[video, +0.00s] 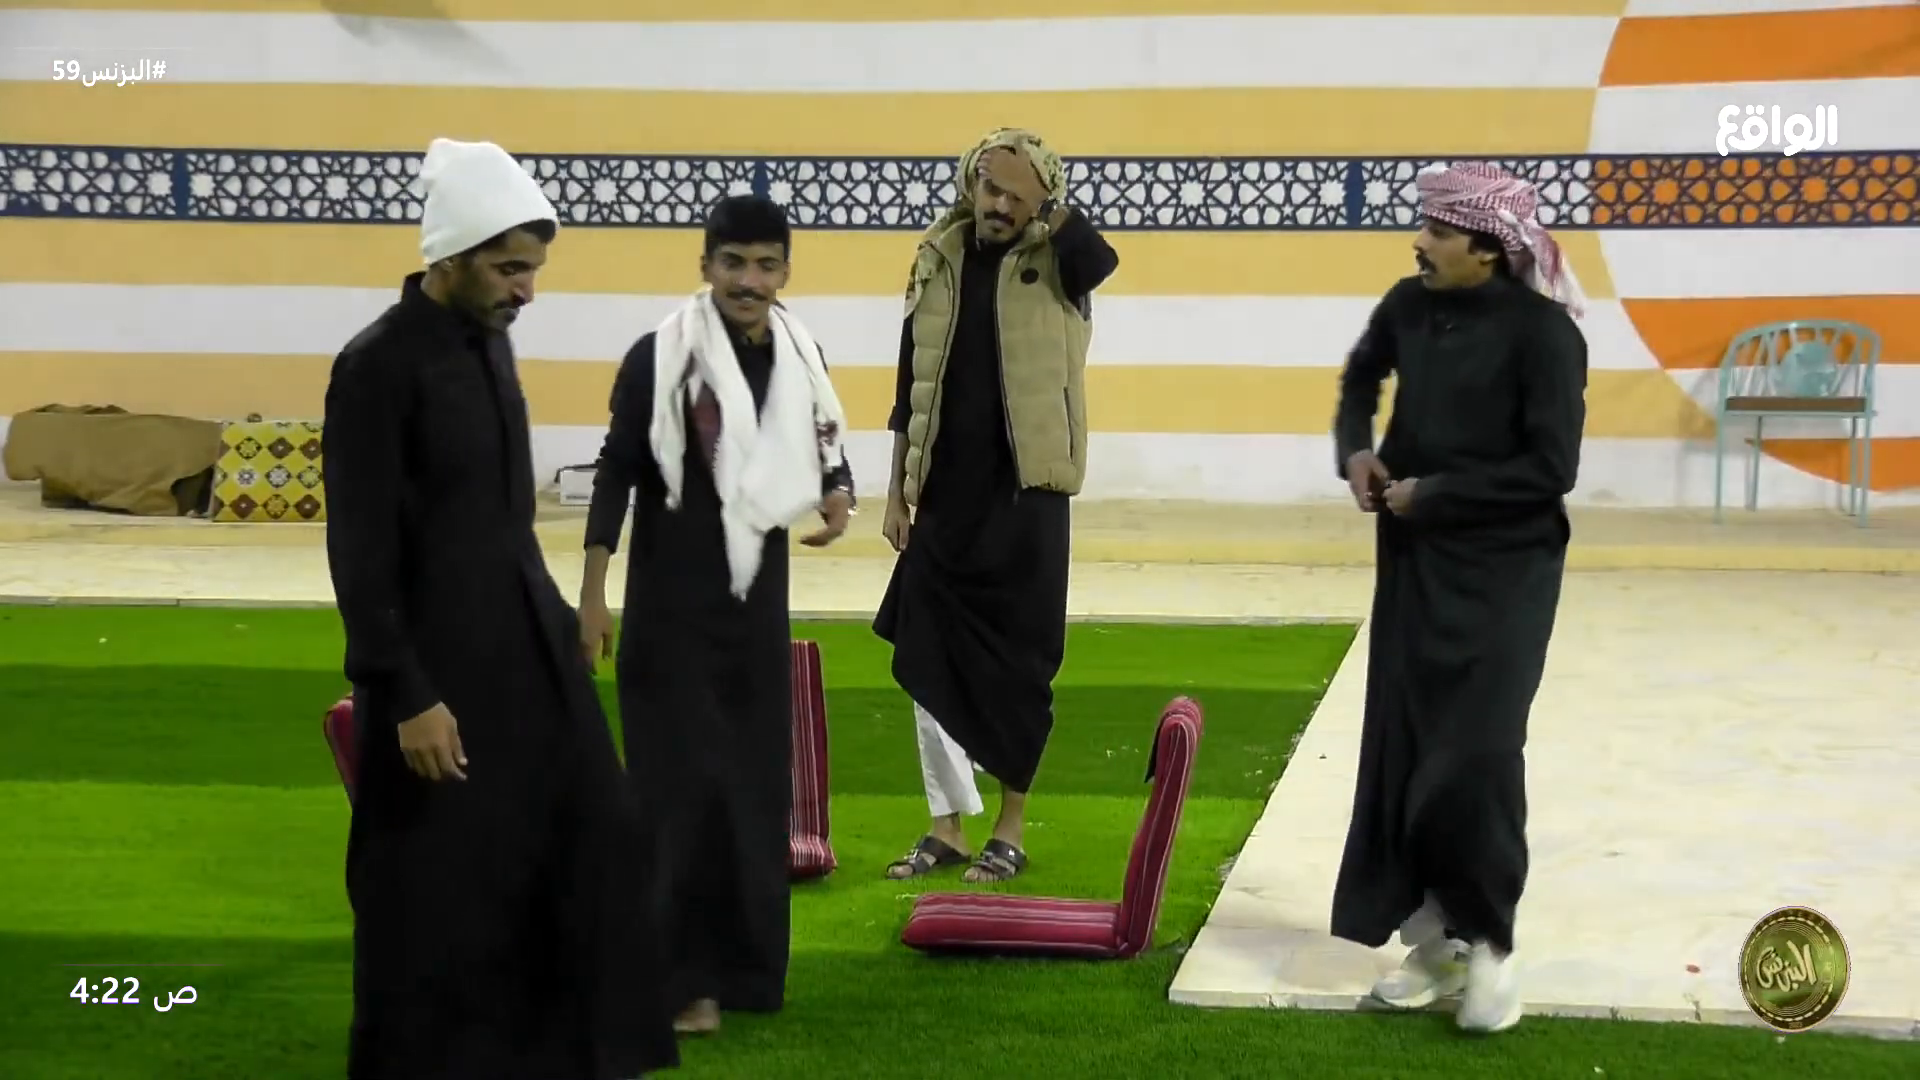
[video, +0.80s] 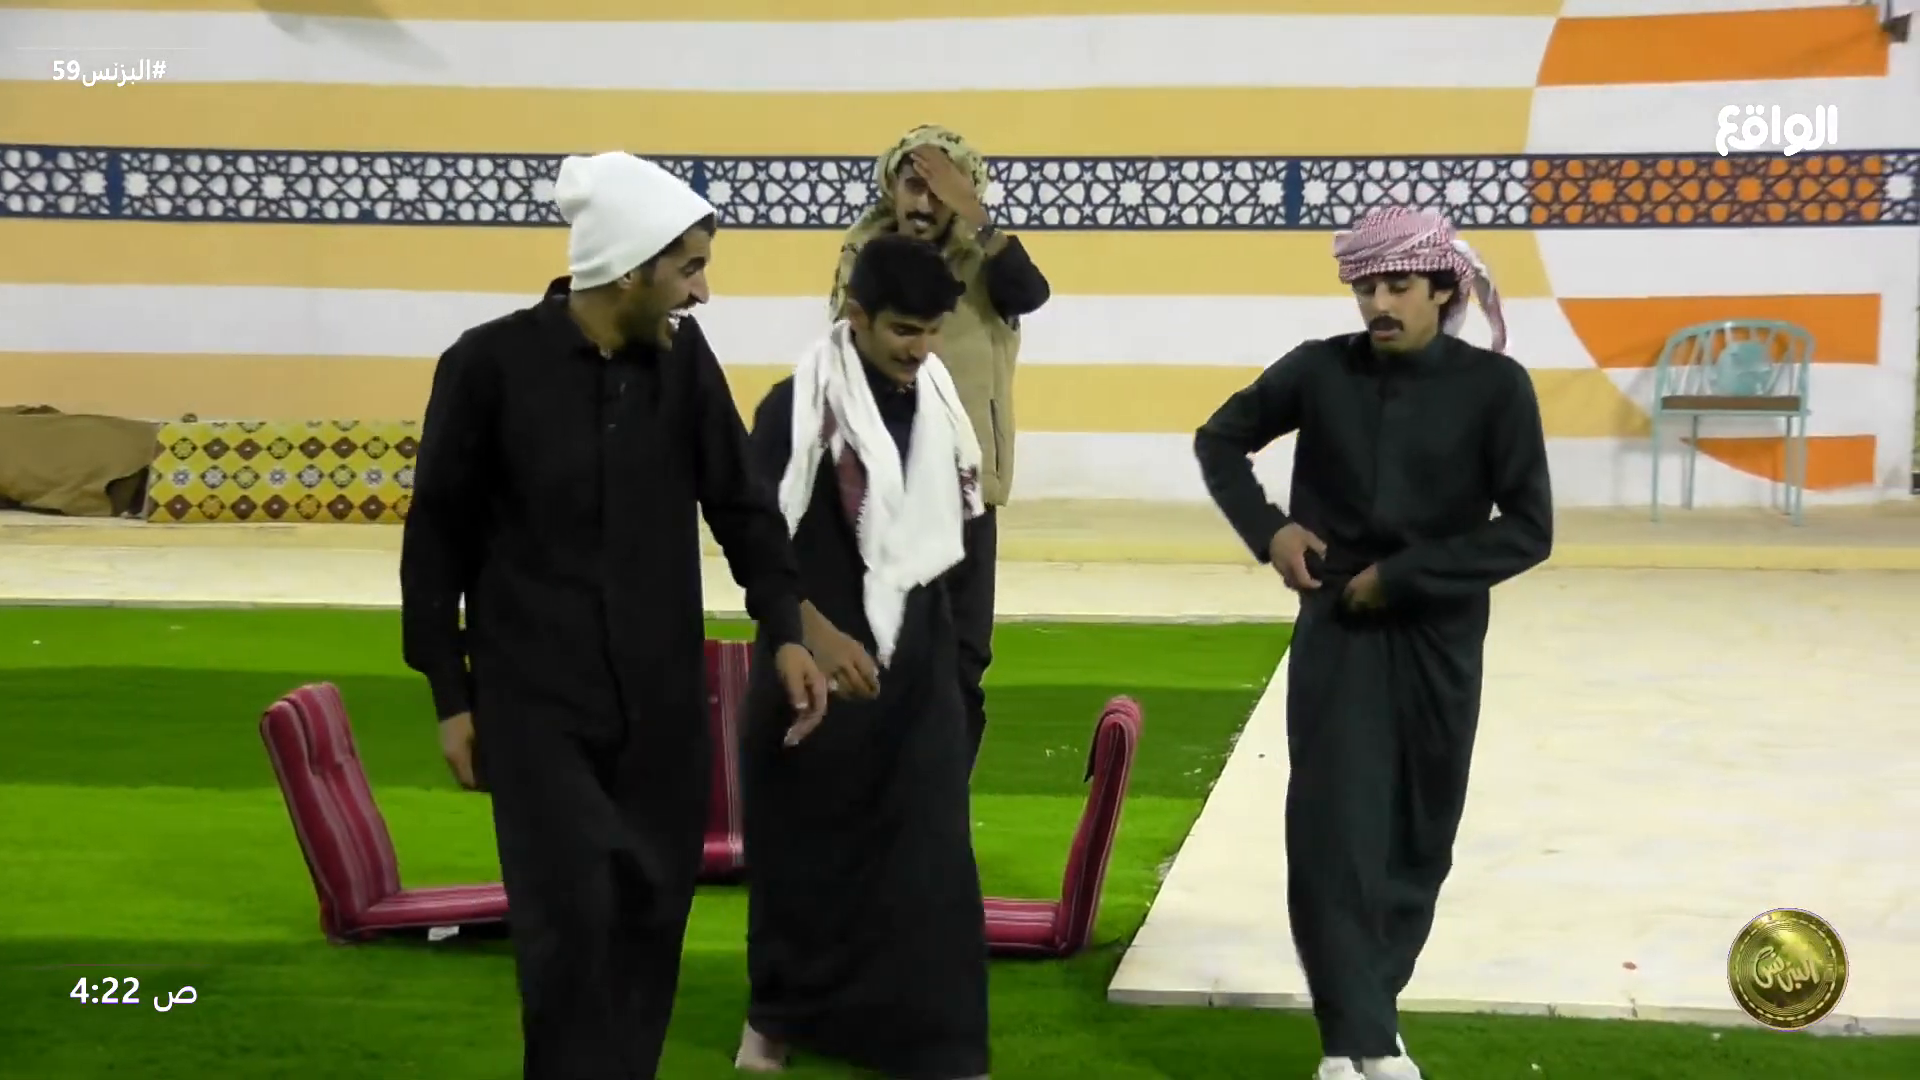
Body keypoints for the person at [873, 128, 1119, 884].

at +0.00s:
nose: (999, 209)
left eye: (1015, 200)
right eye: (991, 193)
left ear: (1044, 202)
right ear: (972, 186)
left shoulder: (1058, 257)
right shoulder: (938, 255)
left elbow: (1093, 264)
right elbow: (911, 376)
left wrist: (1054, 206)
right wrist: (896, 482)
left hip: (1027, 493)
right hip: (943, 489)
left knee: (1020, 658)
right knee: (927, 656)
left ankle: (1007, 833)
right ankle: (947, 830)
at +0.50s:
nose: (957, 195)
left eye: (973, 184)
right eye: (945, 181)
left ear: (1000, 195)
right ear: (924, 189)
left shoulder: (1029, 264)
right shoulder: (891, 263)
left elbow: (1086, 332)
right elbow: (845, 354)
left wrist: (1007, 270)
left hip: (994, 497)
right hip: (900, 491)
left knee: (991, 662)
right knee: (900, 658)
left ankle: (979, 829)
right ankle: (913, 825)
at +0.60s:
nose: (944, 195)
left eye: (962, 183)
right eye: (934, 179)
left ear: (992, 197)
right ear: (914, 189)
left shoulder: (1016, 266)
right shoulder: (884, 263)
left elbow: (1067, 322)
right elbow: (839, 349)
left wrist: (994, 248)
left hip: (984, 497)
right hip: (889, 489)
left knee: (980, 663)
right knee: (885, 652)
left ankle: (969, 828)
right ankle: (886, 820)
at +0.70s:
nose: (930, 202)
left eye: (946, 189)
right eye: (917, 187)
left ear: (976, 195)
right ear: (898, 192)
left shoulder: (1000, 261)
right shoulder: (880, 257)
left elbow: (1038, 298)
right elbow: (858, 291)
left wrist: (982, 215)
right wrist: (903, 221)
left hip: (976, 495)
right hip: (887, 492)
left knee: (969, 663)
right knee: (891, 653)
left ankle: (955, 814)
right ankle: (882, 816)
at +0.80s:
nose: (925, 203)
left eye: (940, 190)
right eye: (911, 186)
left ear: (968, 198)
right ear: (888, 191)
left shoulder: (990, 257)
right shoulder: (868, 250)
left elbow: (1028, 296)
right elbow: (849, 339)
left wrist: (973, 210)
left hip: (967, 485)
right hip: (878, 478)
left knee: (963, 651)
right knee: (884, 641)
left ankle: (945, 800)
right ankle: (876, 800)